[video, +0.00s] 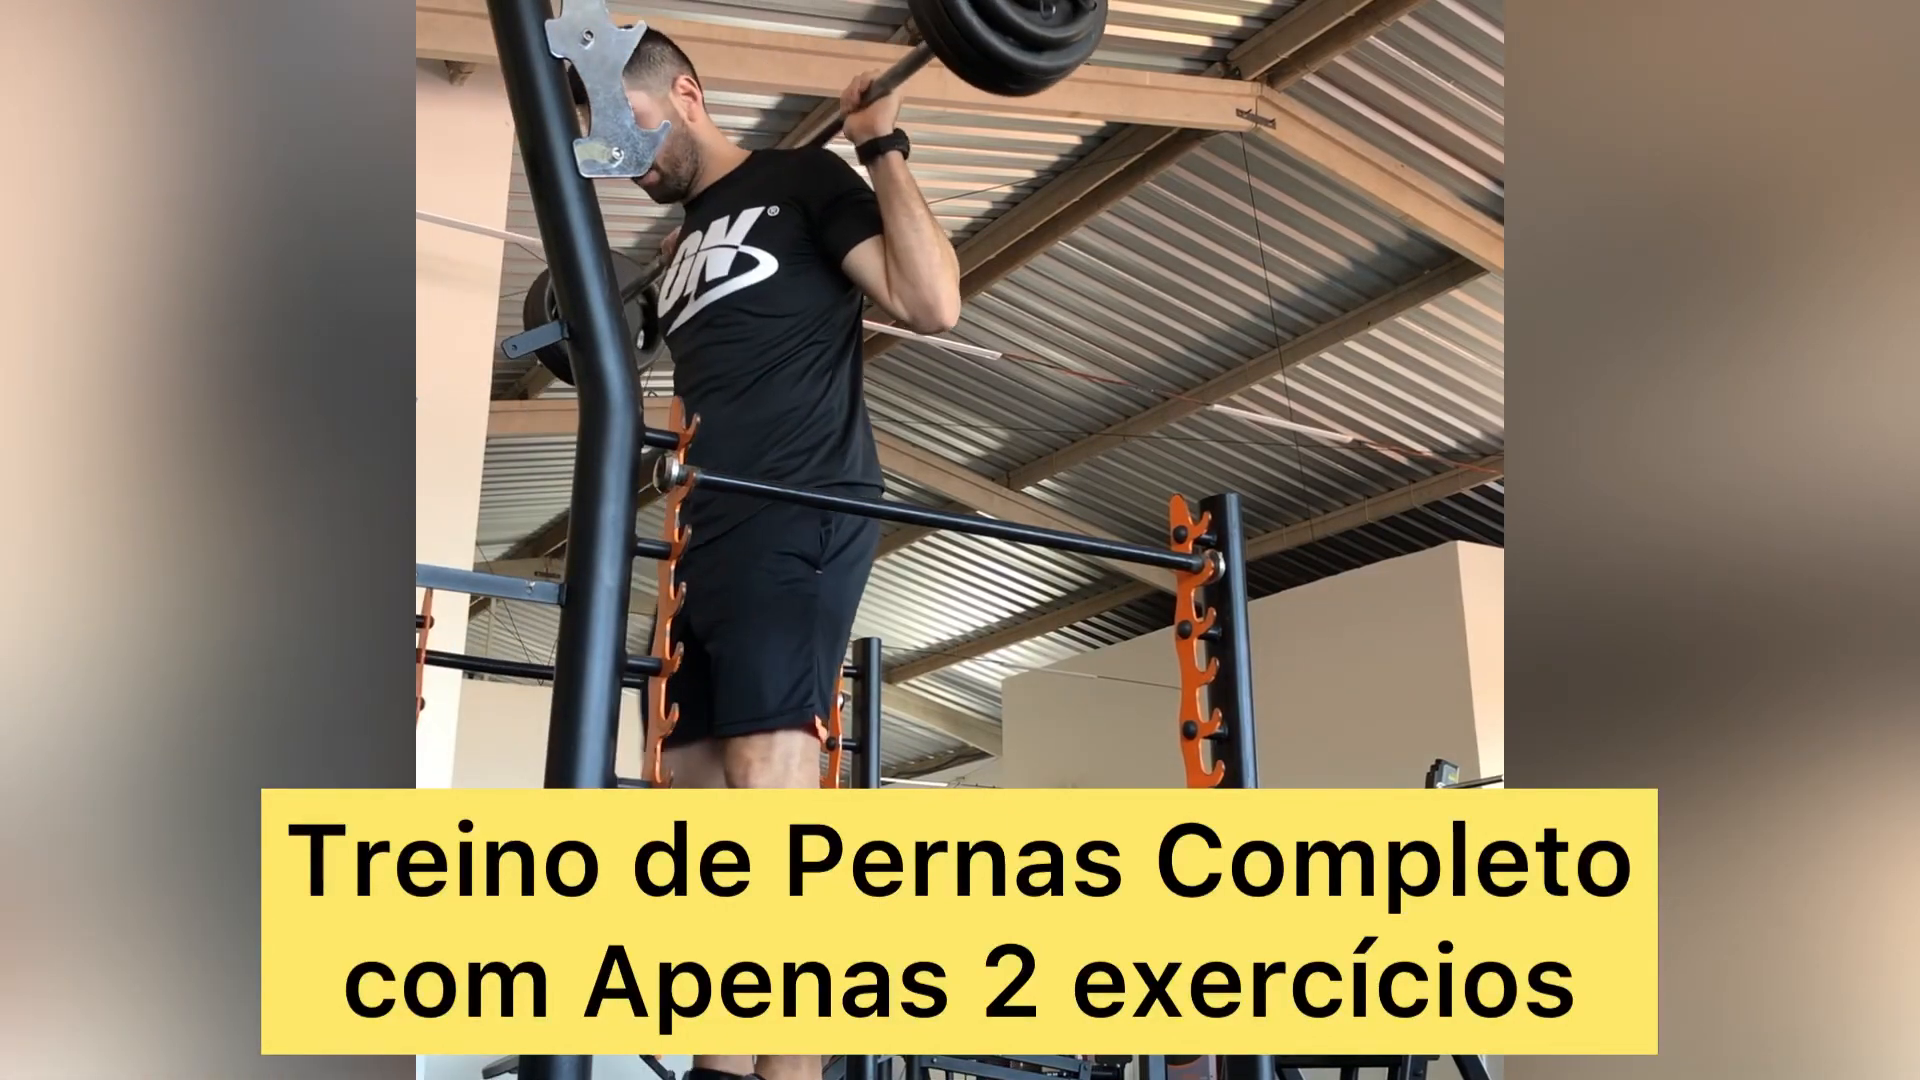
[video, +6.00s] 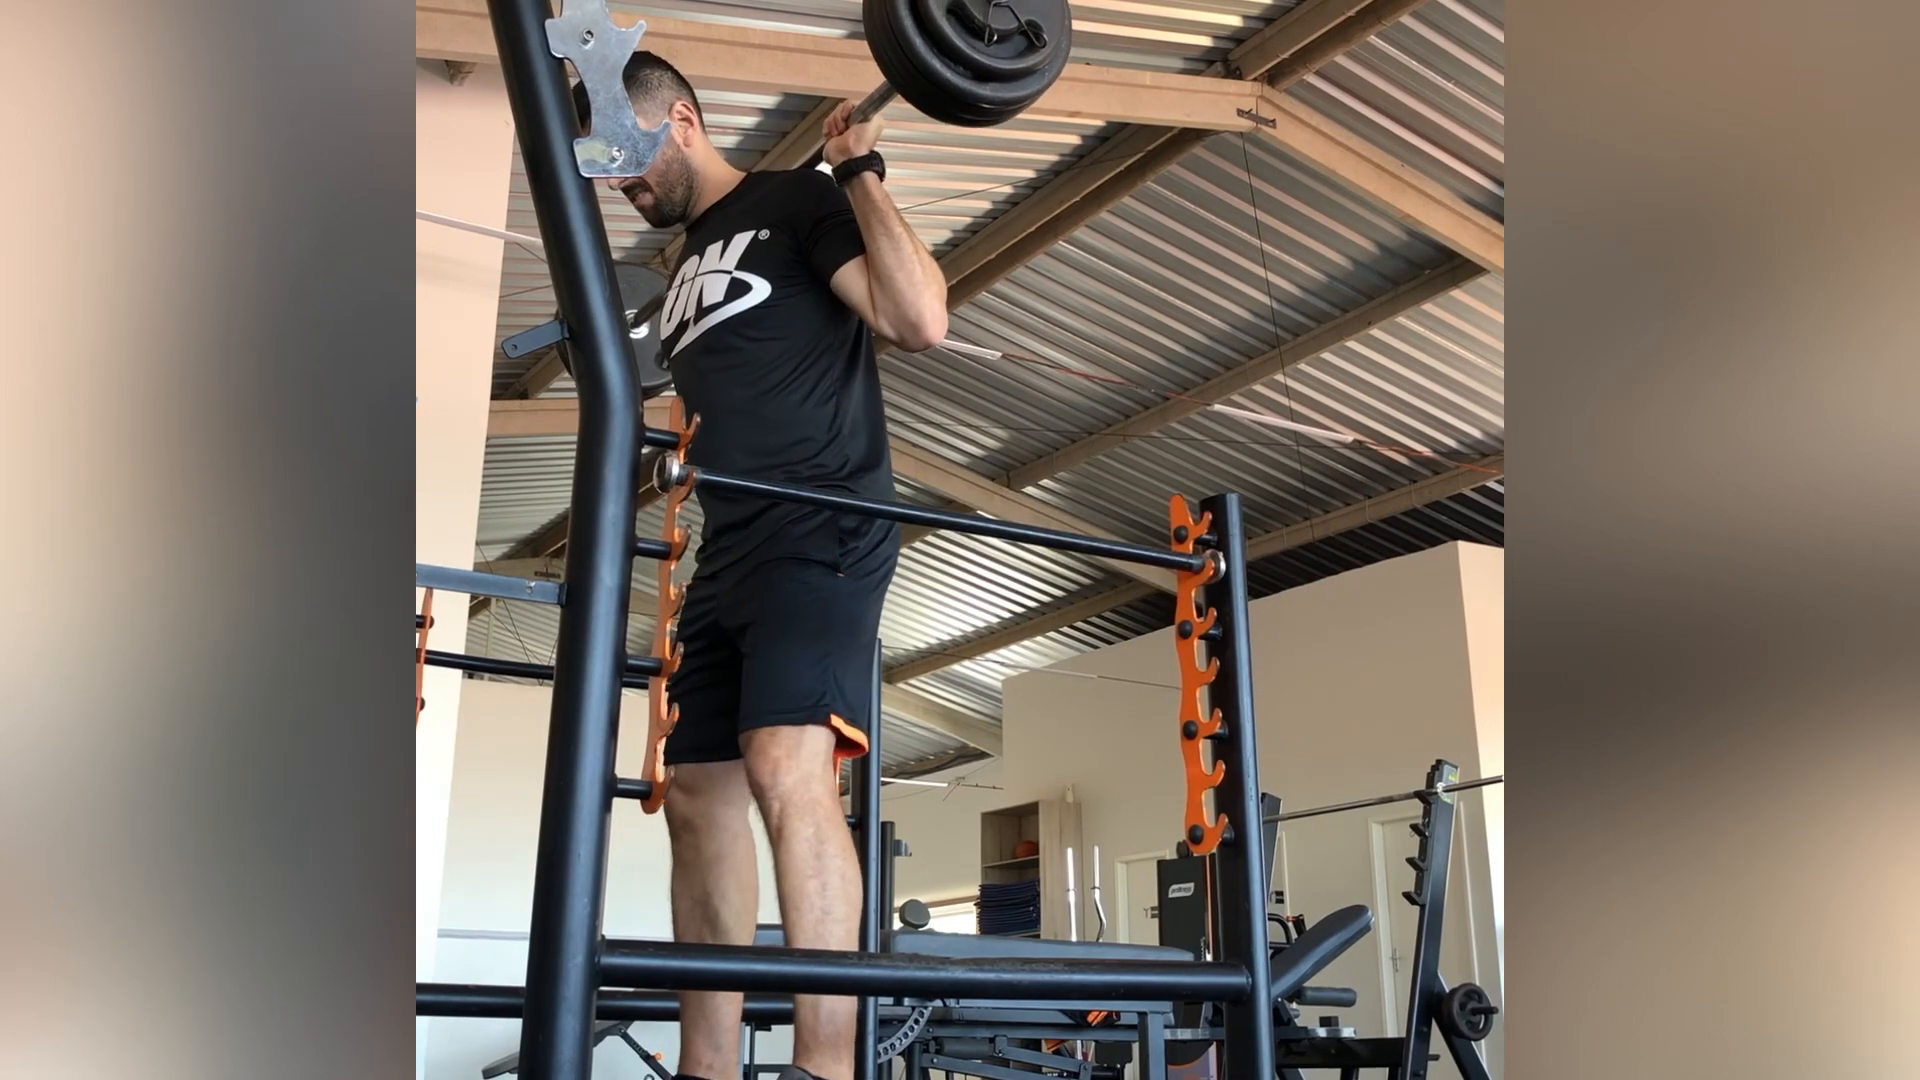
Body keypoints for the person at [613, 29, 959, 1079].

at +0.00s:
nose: (635, 155)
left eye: (643, 128)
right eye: (622, 139)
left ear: (692, 95)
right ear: (630, 136)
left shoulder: (800, 173)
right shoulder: (676, 254)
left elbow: (933, 304)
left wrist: (887, 151)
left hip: (801, 502)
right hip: (713, 514)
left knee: (769, 770)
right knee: (687, 772)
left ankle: (795, 1052)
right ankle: (725, 1051)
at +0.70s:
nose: (637, 187)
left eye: (643, 158)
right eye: (623, 170)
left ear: (700, 128)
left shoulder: (813, 210)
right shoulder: (696, 272)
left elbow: (939, 336)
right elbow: (724, 412)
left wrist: (890, 192)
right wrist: (670, 441)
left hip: (815, 538)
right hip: (728, 552)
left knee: (806, 815)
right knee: (721, 827)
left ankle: (844, 1063)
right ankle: (729, 1064)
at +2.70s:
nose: (624, 186)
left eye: (633, 157)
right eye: (610, 170)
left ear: (685, 126)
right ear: (617, 171)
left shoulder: (801, 200)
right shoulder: (687, 281)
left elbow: (926, 322)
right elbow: (704, 435)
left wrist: (877, 179)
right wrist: (672, 584)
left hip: (812, 528)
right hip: (722, 544)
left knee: (768, 758)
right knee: (691, 790)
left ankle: (829, 1063)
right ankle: (711, 1065)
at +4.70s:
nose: (625, 183)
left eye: (633, 153)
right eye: (612, 167)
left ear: (685, 117)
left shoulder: (795, 196)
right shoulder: (677, 264)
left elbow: (904, 323)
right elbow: (694, 415)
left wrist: (857, 173)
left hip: (793, 525)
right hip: (707, 542)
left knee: (783, 765)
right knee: (693, 790)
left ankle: (823, 1065)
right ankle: (708, 1067)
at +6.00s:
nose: (624, 183)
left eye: (632, 154)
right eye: (611, 168)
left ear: (684, 120)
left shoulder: (799, 199)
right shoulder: (687, 270)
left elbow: (921, 321)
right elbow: (712, 415)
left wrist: (863, 174)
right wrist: (677, 455)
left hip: (819, 527)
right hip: (728, 543)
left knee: (788, 763)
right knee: (699, 788)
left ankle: (828, 1065)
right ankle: (708, 1066)